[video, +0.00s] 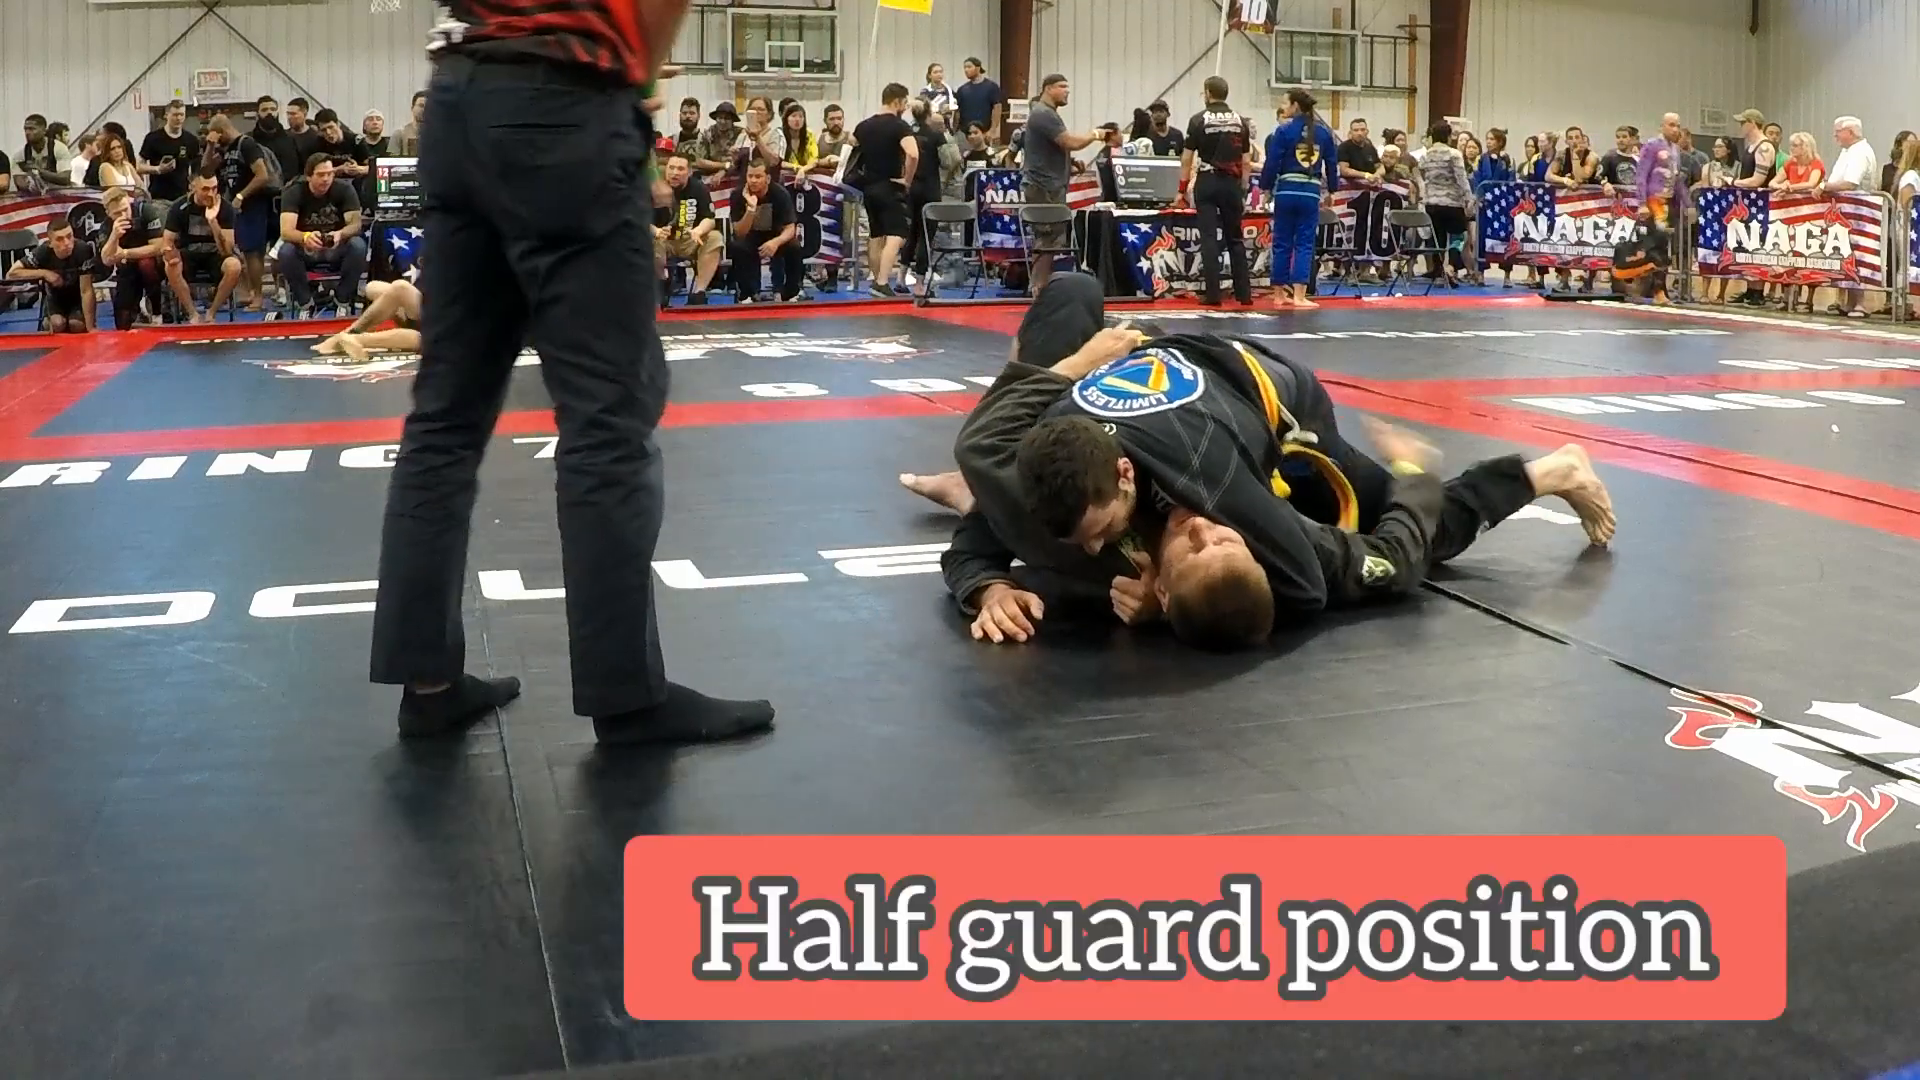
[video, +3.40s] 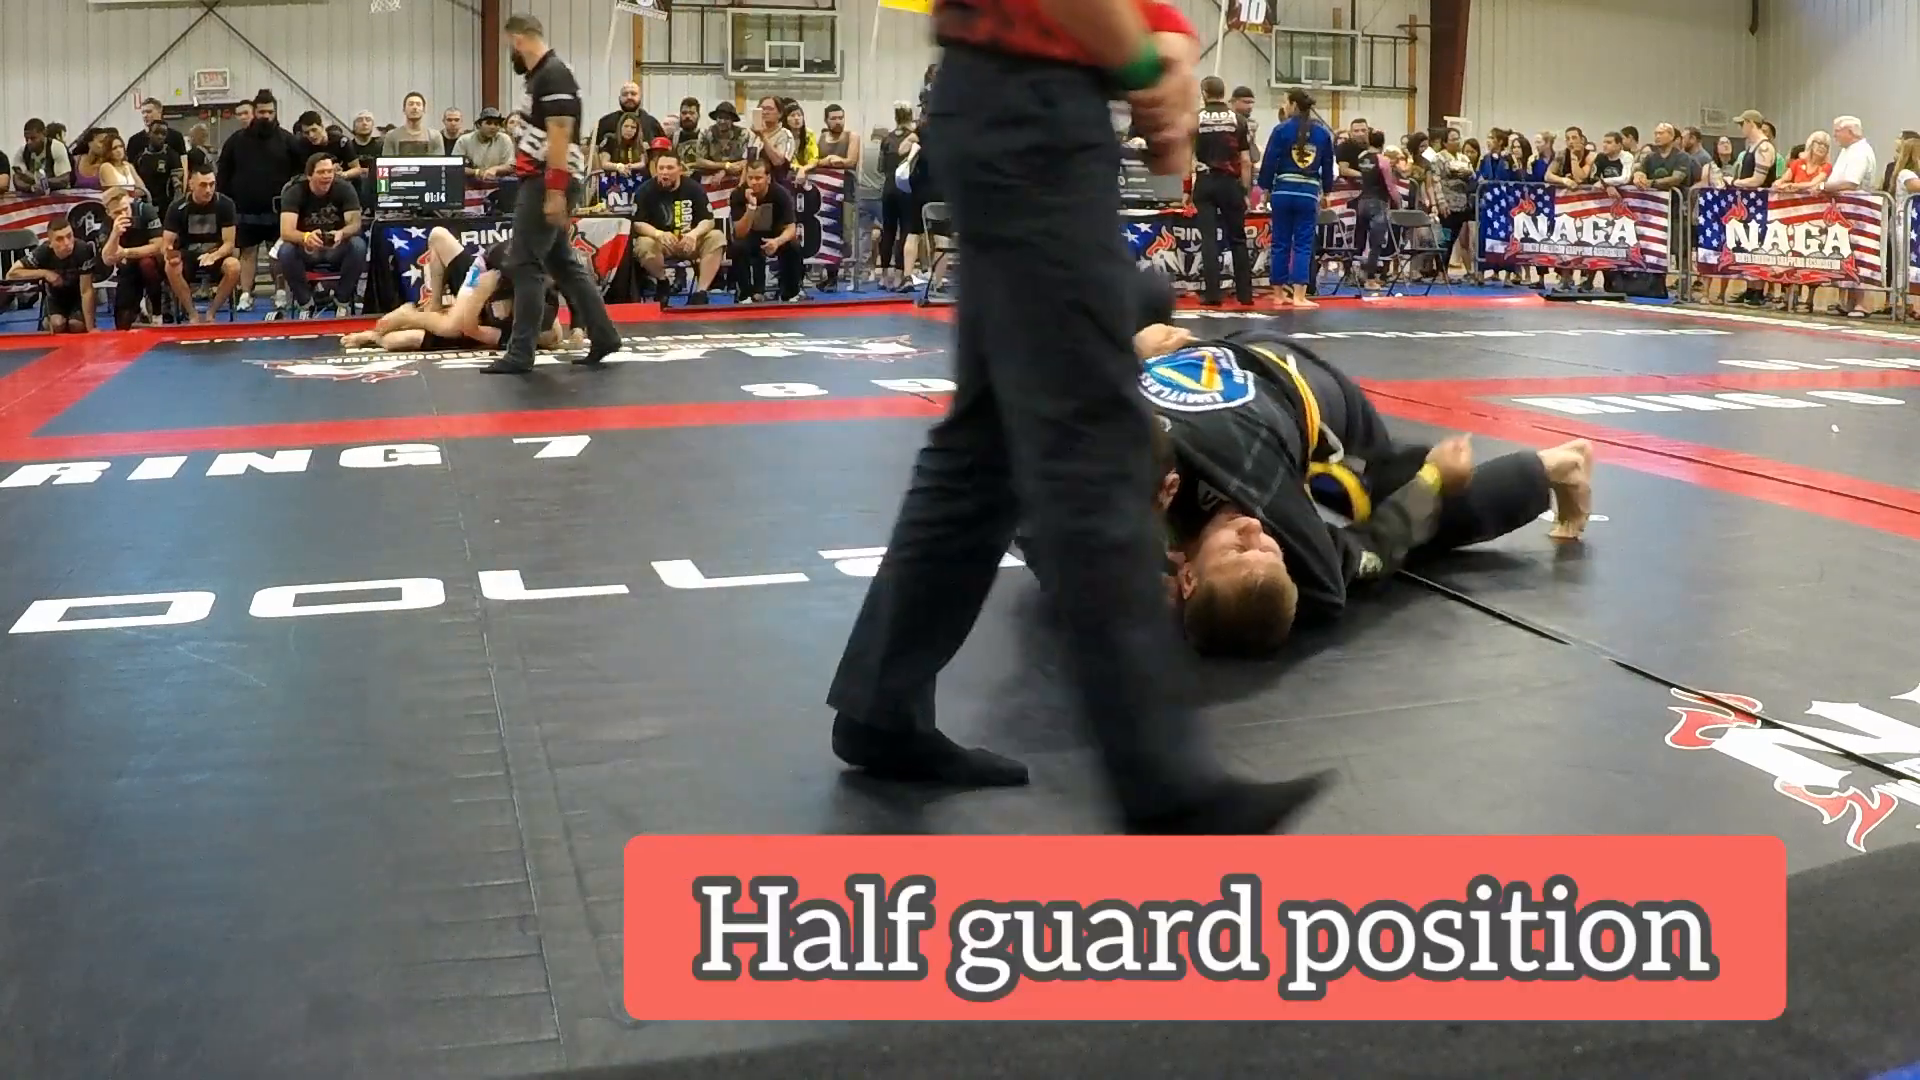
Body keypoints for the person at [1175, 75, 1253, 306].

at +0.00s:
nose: (1203, 95)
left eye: (1204, 92)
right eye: (1205, 92)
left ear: (1208, 94)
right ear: (1226, 94)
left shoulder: (1198, 120)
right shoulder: (1240, 121)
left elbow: (1187, 160)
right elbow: (1245, 160)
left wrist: (1182, 190)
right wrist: (1243, 189)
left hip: (1206, 180)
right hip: (1232, 181)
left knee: (1208, 238)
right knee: (1235, 238)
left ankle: (1212, 294)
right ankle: (1243, 293)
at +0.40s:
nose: (1203, 95)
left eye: (1204, 92)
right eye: (1205, 92)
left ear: (1208, 95)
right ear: (1227, 94)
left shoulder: (1197, 119)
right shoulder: (1241, 121)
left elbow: (1173, 148)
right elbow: (1245, 159)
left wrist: (1162, 161)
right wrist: (1244, 187)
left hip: (1206, 181)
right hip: (1232, 183)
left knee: (1208, 238)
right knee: (1236, 239)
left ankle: (1212, 295)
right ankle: (1244, 295)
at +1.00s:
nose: (1202, 96)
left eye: (1202, 93)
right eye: (1205, 93)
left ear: (1205, 95)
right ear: (1224, 94)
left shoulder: (1195, 121)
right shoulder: (1240, 122)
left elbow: (1188, 158)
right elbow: (1245, 160)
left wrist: (1186, 183)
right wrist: (1244, 190)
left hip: (1203, 180)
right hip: (1230, 181)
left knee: (1207, 238)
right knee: (1236, 238)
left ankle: (1212, 294)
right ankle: (1244, 294)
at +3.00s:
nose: (1202, 96)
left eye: (1203, 93)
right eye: (1204, 93)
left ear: (1206, 94)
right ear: (1225, 93)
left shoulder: (1196, 118)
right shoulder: (1240, 120)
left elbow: (1186, 157)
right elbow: (1245, 160)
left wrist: (1185, 190)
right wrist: (1246, 192)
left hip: (1205, 180)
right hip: (1232, 181)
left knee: (1209, 239)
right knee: (1238, 238)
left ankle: (1213, 295)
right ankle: (1245, 294)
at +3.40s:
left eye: (1203, 92)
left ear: (1204, 94)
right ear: (1224, 93)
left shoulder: (1194, 119)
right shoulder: (1238, 120)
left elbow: (1188, 157)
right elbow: (1245, 159)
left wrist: (1186, 189)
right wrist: (1246, 191)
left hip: (1203, 180)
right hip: (1231, 181)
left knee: (1208, 239)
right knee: (1237, 238)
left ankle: (1212, 295)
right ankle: (1245, 294)